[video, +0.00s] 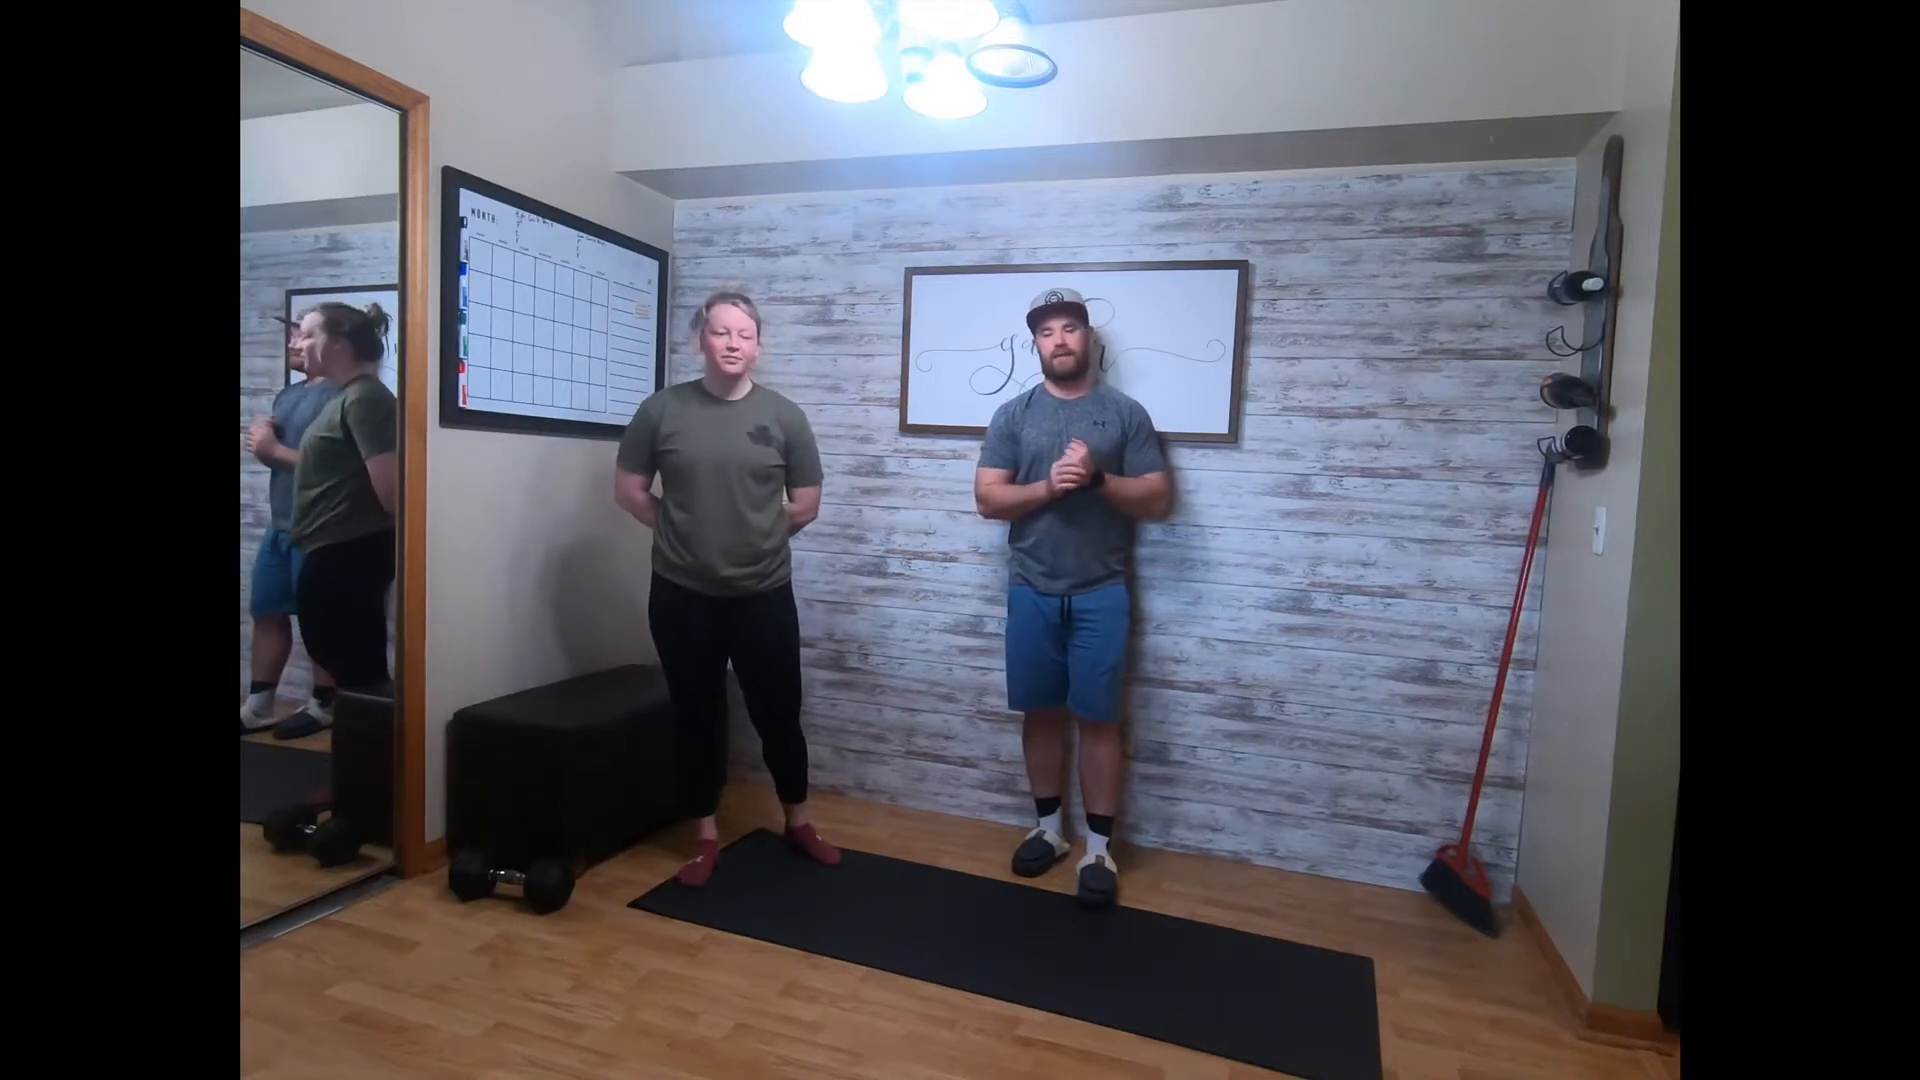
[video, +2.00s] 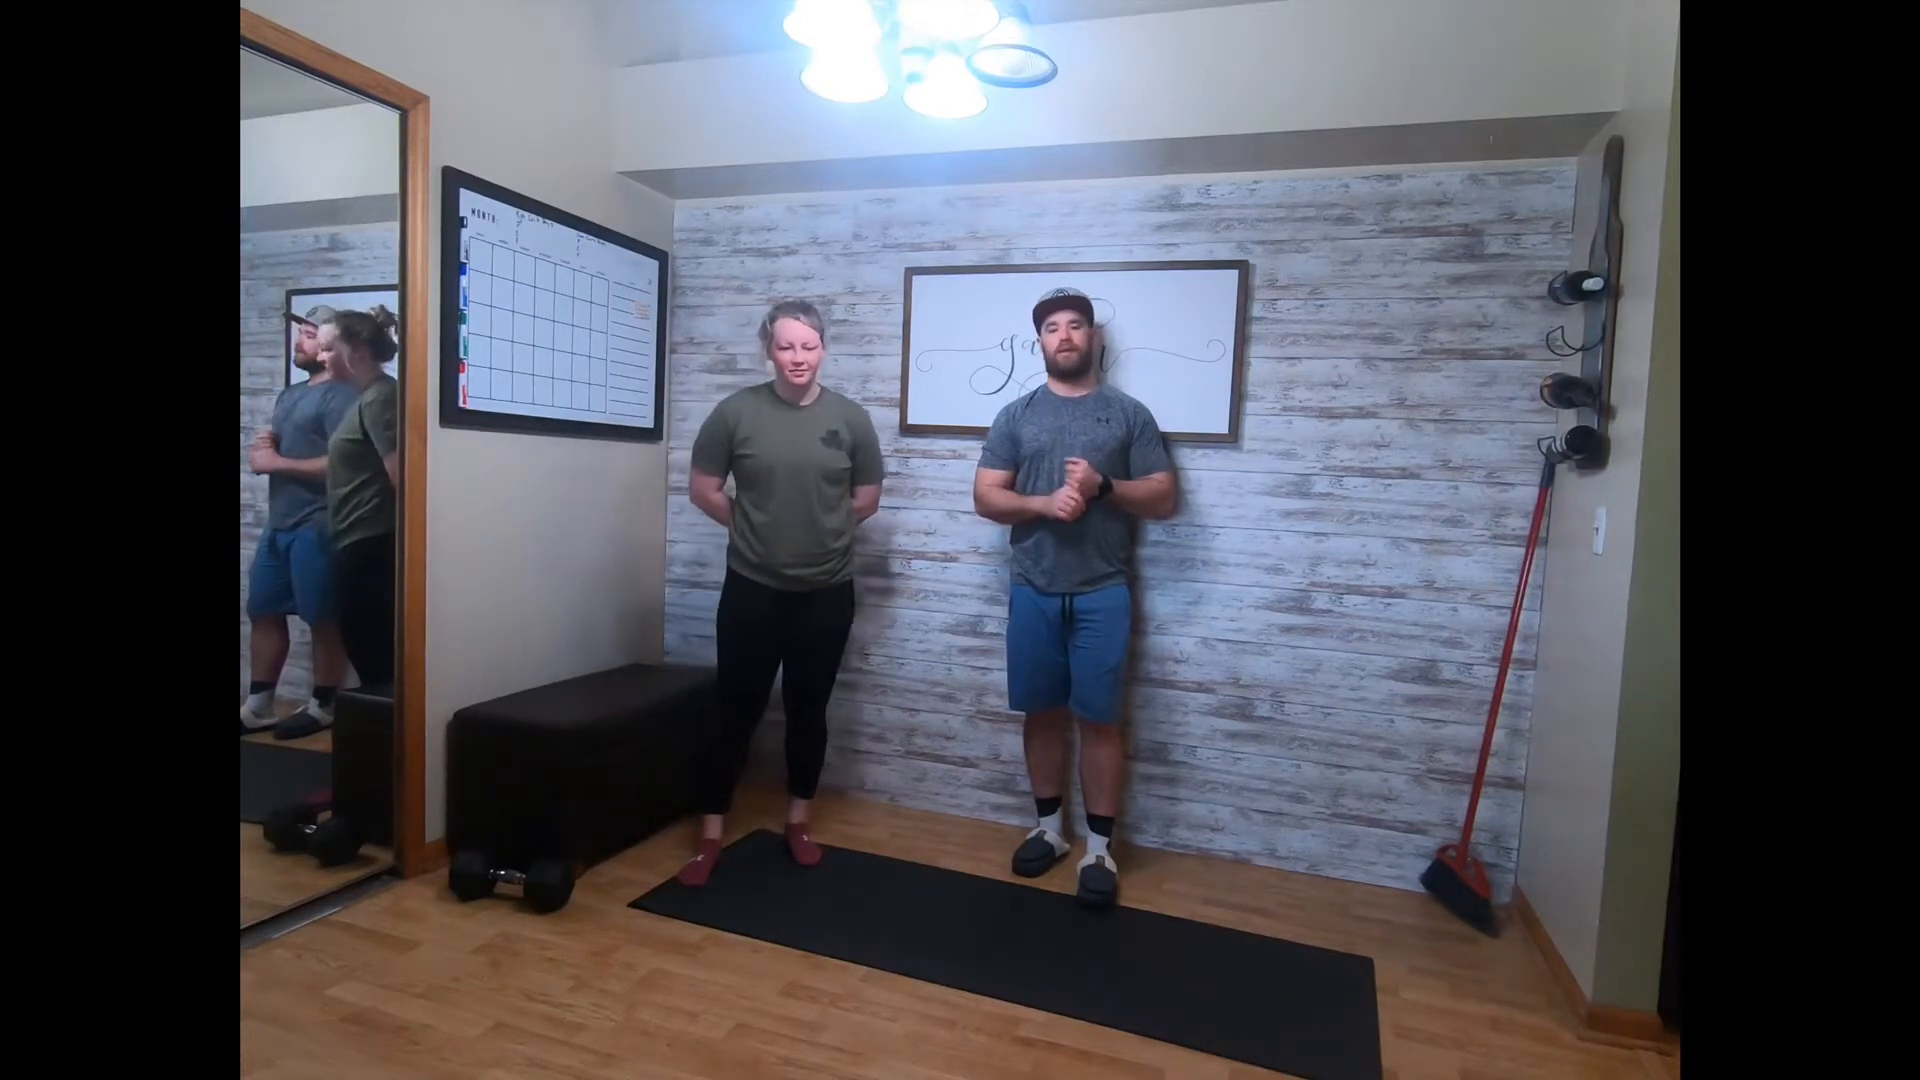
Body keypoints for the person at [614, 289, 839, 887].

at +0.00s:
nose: (733, 343)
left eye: (744, 334)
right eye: (722, 332)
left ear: (757, 345)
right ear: (702, 341)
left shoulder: (785, 417)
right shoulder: (661, 411)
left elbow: (805, 506)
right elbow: (628, 493)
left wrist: (746, 529)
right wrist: (684, 528)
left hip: (763, 593)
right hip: (682, 592)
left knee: (781, 716)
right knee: (696, 719)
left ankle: (799, 825)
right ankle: (707, 838)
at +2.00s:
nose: (798, 357)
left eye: (809, 347)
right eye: (787, 347)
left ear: (823, 352)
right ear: (769, 353)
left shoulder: (851, 420)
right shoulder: (736, 412)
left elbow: (867, 498)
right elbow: (703, 489)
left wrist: (815, 526)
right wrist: (756, 525)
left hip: (825, 591)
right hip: (752, 587)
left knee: (808, 710)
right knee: (734, 709)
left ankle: (798, 824)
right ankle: (711, 835)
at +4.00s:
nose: (790, 340)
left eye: (795, 330)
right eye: (775, 330)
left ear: (801, 342)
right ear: (744, 340)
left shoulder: (814, 417)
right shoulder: (703, 405)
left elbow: (818, 495)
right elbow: (661, 487)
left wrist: (777, 528)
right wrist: (717, 526)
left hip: (793, 589)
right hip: (719, 586)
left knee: (789, 709)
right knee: (718, 711)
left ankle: (795, 821)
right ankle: (713, 835)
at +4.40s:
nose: (785, 341)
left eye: (794, 333)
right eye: (773, 332)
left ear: (808, 344)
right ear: (751, 343)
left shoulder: (834, 416)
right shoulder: (716, 408)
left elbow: (847, 498)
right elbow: (680, 488)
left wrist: (796, 526)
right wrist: (735, 526)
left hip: (809, 589)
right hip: (734, 585)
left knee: (798, 710)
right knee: (726, 711)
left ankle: (798, 823)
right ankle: (714, 837)